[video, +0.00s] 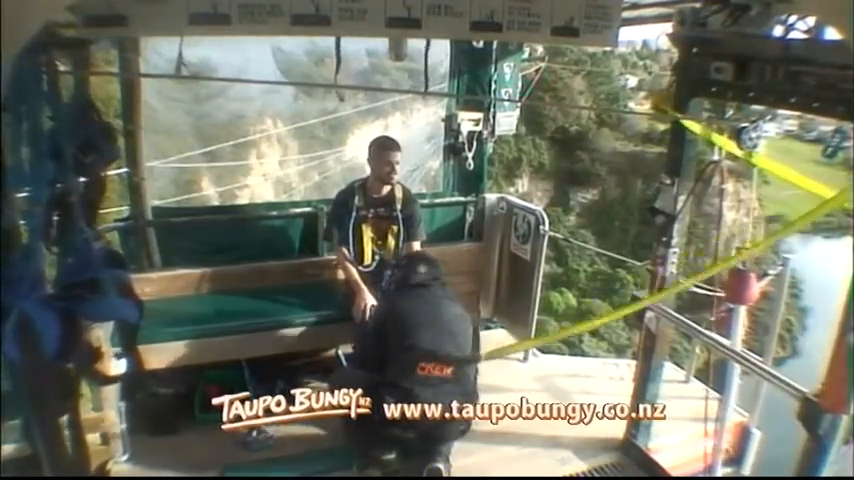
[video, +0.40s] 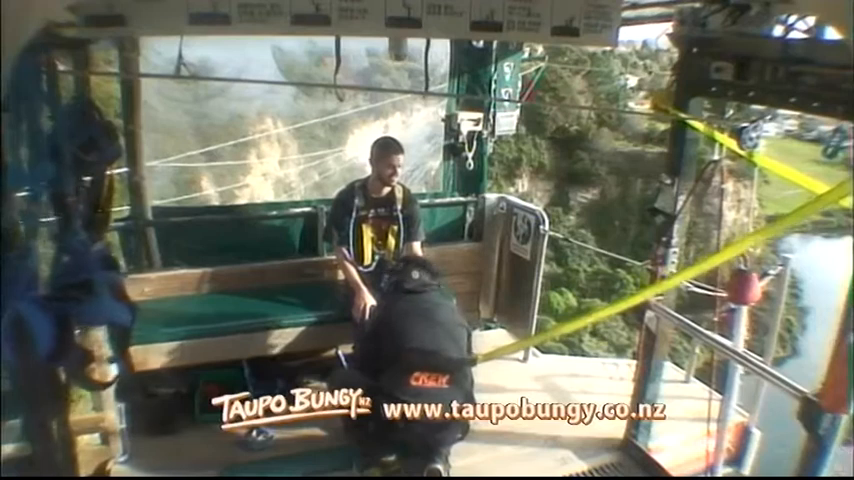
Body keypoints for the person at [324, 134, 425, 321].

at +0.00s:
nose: (395, 169)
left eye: (397, 164)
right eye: (388, 164)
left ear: (400, 163)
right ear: (371, 162)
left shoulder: (406, 199)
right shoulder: (347, 198)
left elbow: (414, 247)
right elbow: (342, 252)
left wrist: (413, 288)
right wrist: (361, 291)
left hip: (398, 281)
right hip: (362, 281)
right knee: (369, 318)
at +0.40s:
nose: (396, 172)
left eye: (399, 166)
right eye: (390, 167)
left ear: (403, 165)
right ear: (373, 163)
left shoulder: (406, 198)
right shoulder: (348, 198)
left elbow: (414, 247)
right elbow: (341, 251)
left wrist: (417, 287)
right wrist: (361, 291)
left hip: (398, 281)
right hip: (362, 281)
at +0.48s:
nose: (396, 173)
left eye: (400, 167)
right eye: (390, 167)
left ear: (403, 165)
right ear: (373, 163)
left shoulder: (406, 199)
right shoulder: (348, 199)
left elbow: (414, 248)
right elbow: (340, 250)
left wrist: (420, 288)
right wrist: (361, 291)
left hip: (398, 284)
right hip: (363, 284)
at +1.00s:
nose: (398, 175)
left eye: (401, 169)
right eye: (393, 169)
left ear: (404, 165)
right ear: (375, 164)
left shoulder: (406, 199)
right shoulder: (349, 199)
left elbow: (414, 248)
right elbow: (341, 252)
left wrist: (422, 289)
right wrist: (362, 291)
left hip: (397, 284)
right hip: (361, 284)